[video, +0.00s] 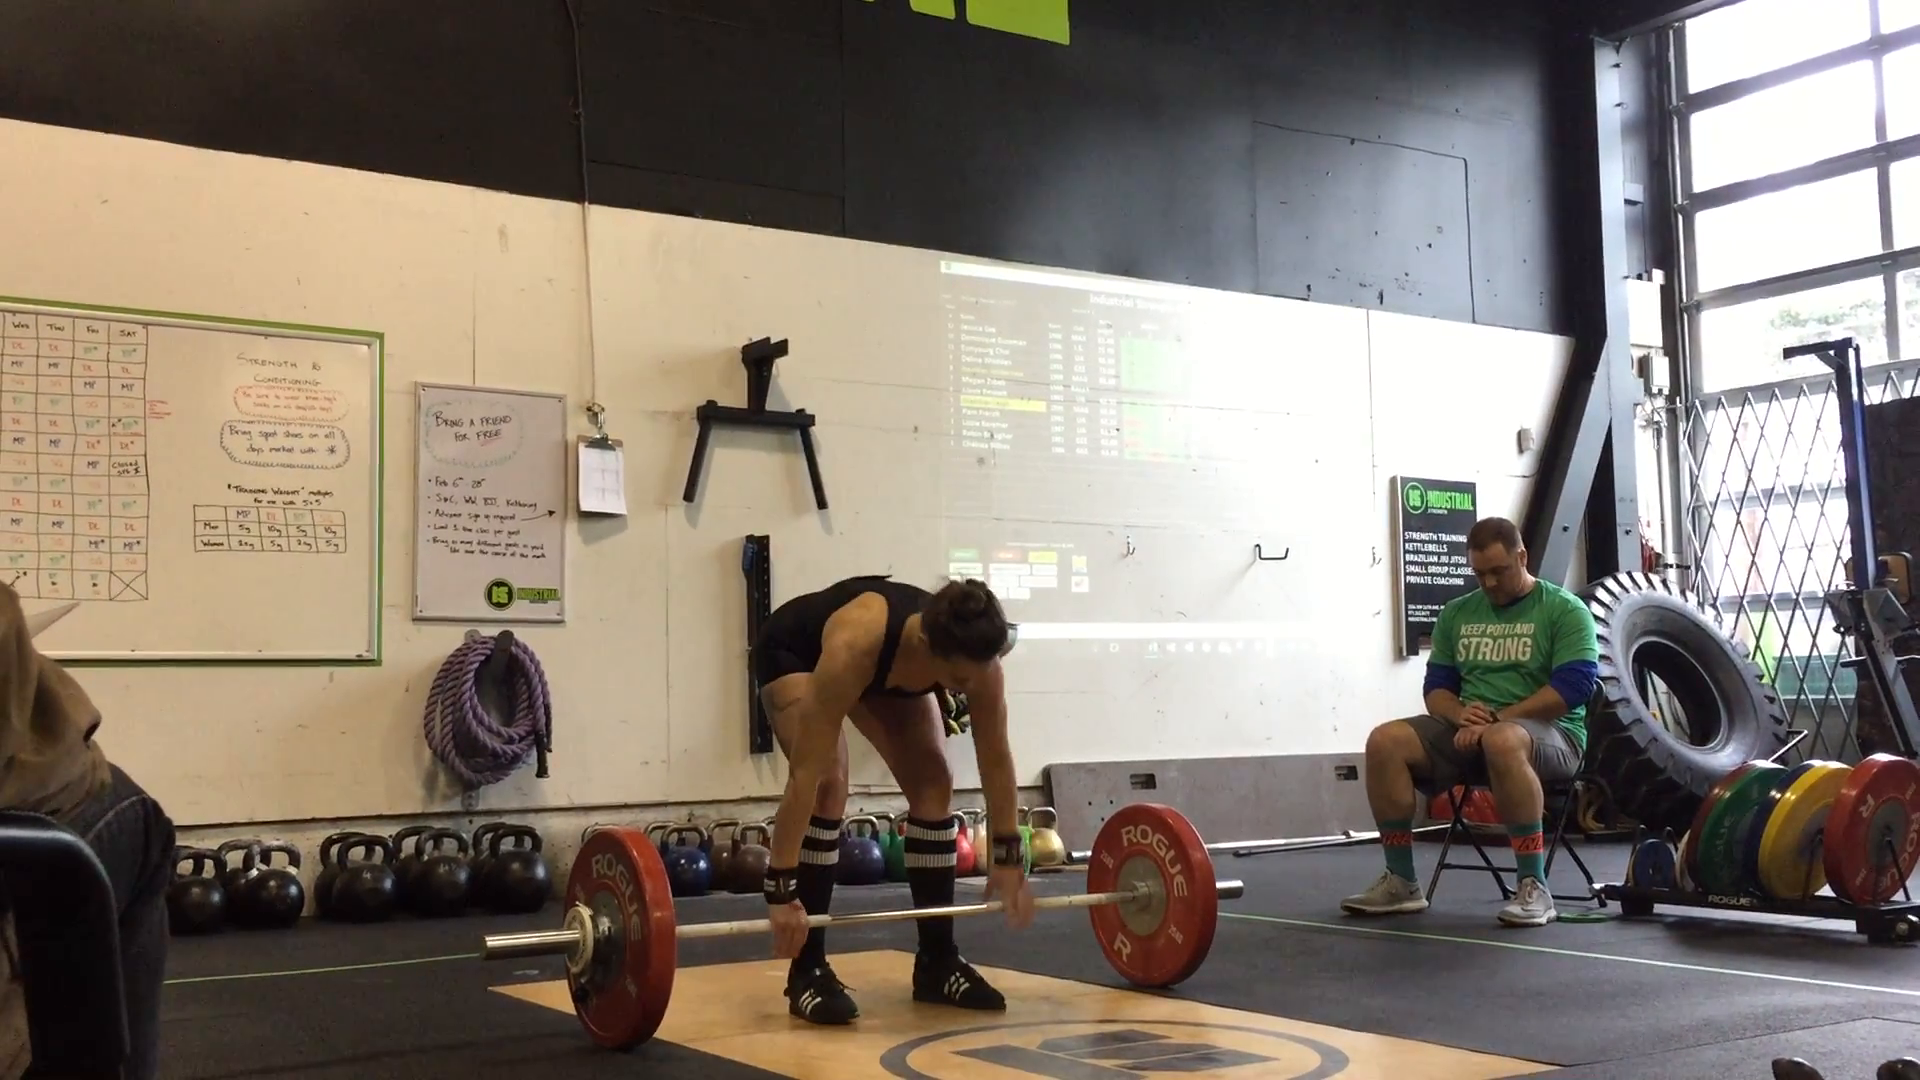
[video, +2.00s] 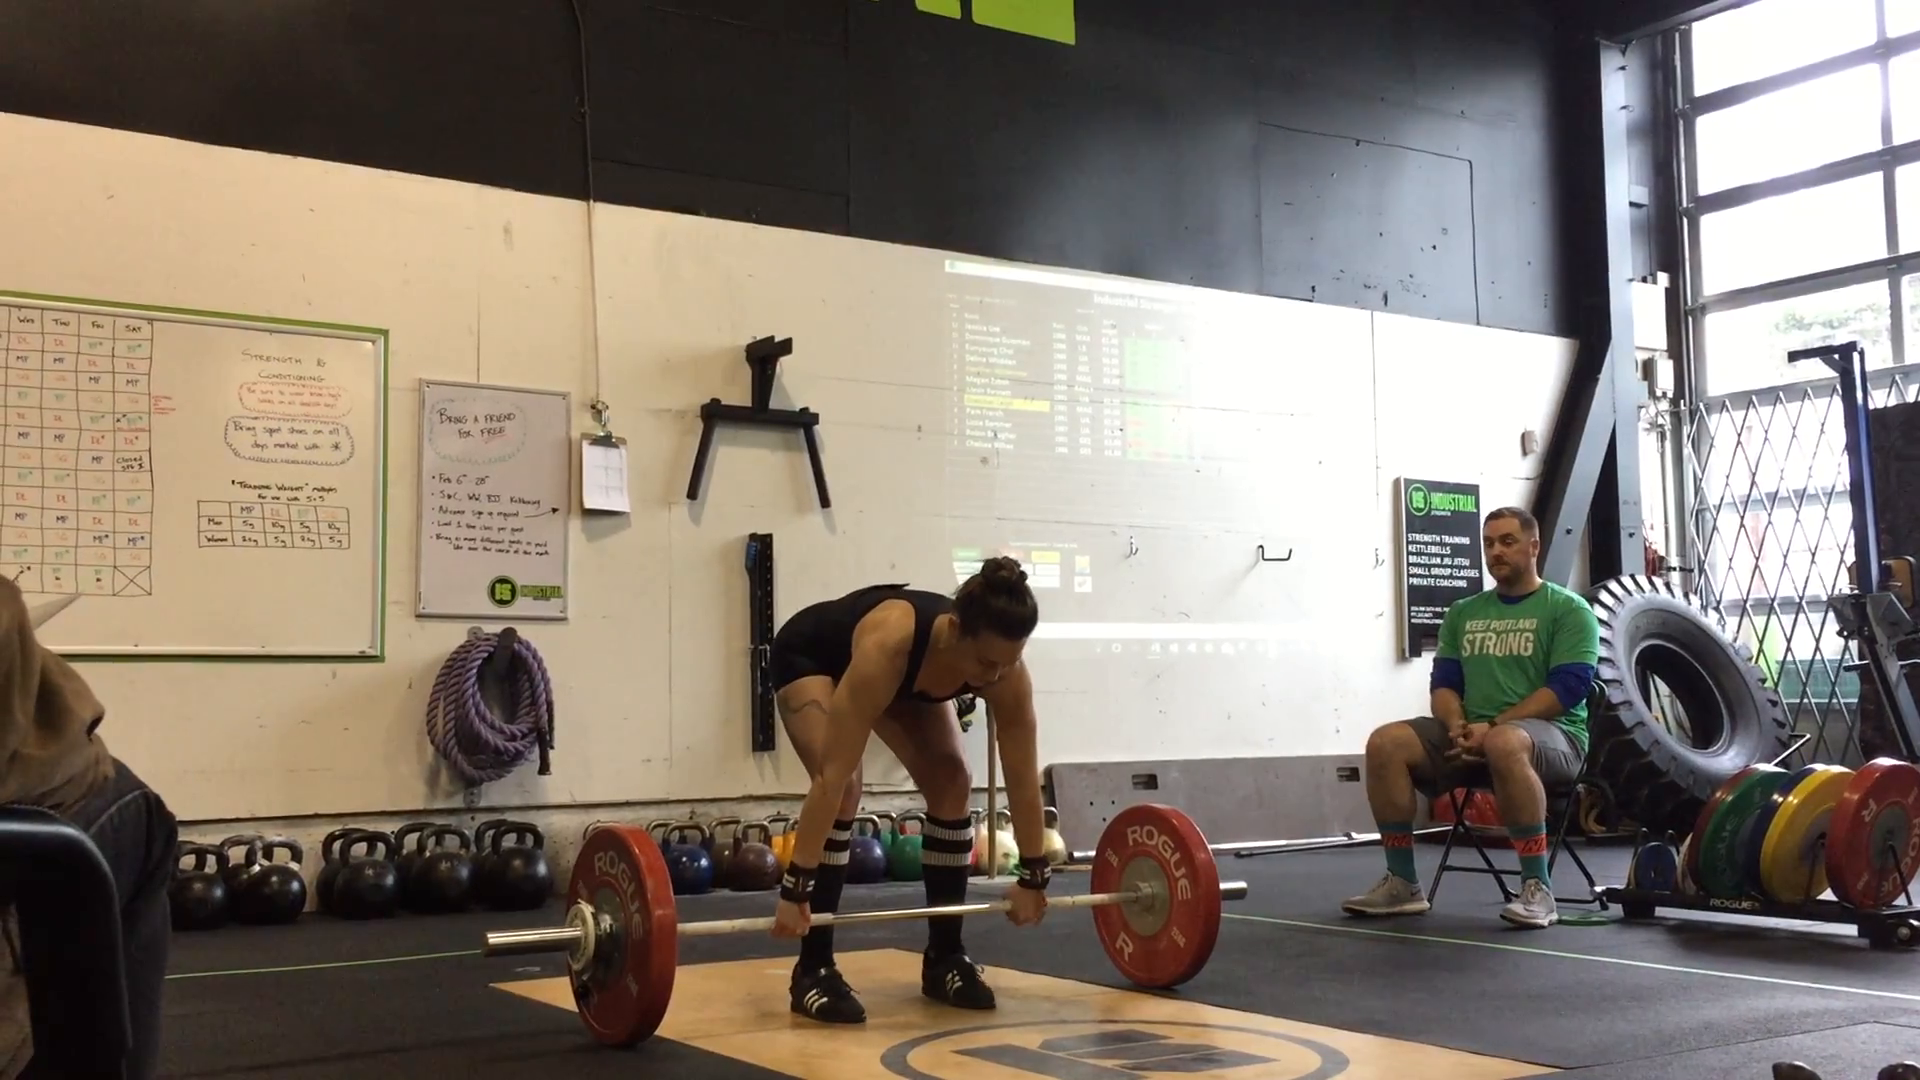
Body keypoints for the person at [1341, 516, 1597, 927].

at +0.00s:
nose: (1489, 583)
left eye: (1498, 571)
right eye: (1480, 574)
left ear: (1523, 557)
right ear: (1471, 566)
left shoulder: (1565, 609)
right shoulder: (1455, 614)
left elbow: (1574, 686)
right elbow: (1437, 689)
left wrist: (1496, 722)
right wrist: (1459, 713)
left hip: (1550, 734)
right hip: (1469, 733)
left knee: (1502, 741)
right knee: (1384, 742)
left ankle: (1532, 888)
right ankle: (1401, 882)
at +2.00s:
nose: (1496, 551)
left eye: (1507, 541)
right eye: (1489, 543)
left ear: (1534, 546)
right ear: (1483, 551)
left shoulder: (1569, 609)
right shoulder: (1463, 613)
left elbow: (1569, 687)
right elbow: (1444, 684)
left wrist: (1495, 726)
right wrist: (1456, 725)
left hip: (1551, 734)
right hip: (1472, 735)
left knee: (1504, 743)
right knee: (1384, 744)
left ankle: (1536, 890)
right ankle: (1402, 884)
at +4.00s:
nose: (1502, 558)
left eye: (1513, 548)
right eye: (1495, 550)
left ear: (1541, 552)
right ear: (1489, 556)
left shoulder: (1577, 617)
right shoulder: (1469, 619)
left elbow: (1575, 698)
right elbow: (1452, 692)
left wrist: (1501, 735)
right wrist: (1467, 728)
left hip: (1559, 742)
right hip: (1480, 741)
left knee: (1514, 746)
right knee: (1392, 748)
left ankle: (1542, 896)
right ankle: (1410, 889)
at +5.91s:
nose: (1501, 565)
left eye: (1513, 556)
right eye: (1495, 558)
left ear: (1541, 562)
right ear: (1489, 566)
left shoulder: (1576, 627)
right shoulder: (1468, 630)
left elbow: (1575, 707)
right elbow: (1452, 704)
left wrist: (1501, 746)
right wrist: (1466, 738)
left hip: (1559, 753)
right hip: (1479, 752)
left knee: (1514, 757)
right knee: (1392, 759)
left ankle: (1541, 907)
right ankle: (1409, 900)